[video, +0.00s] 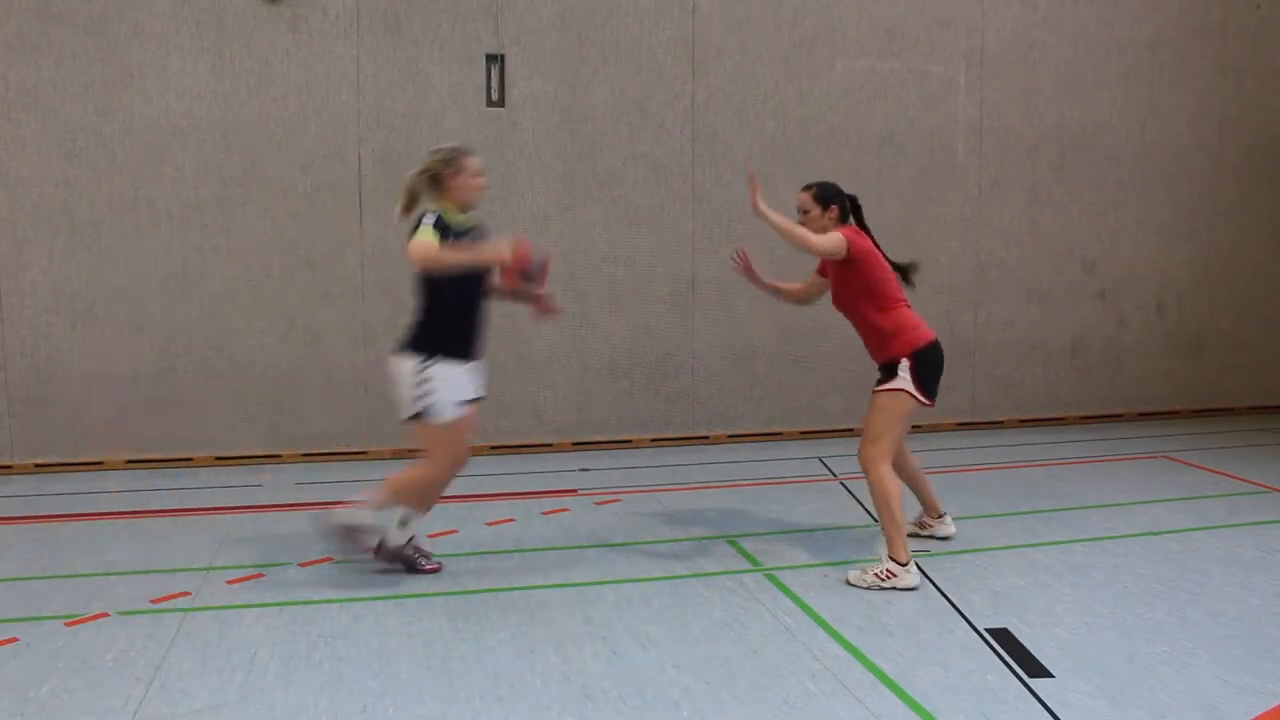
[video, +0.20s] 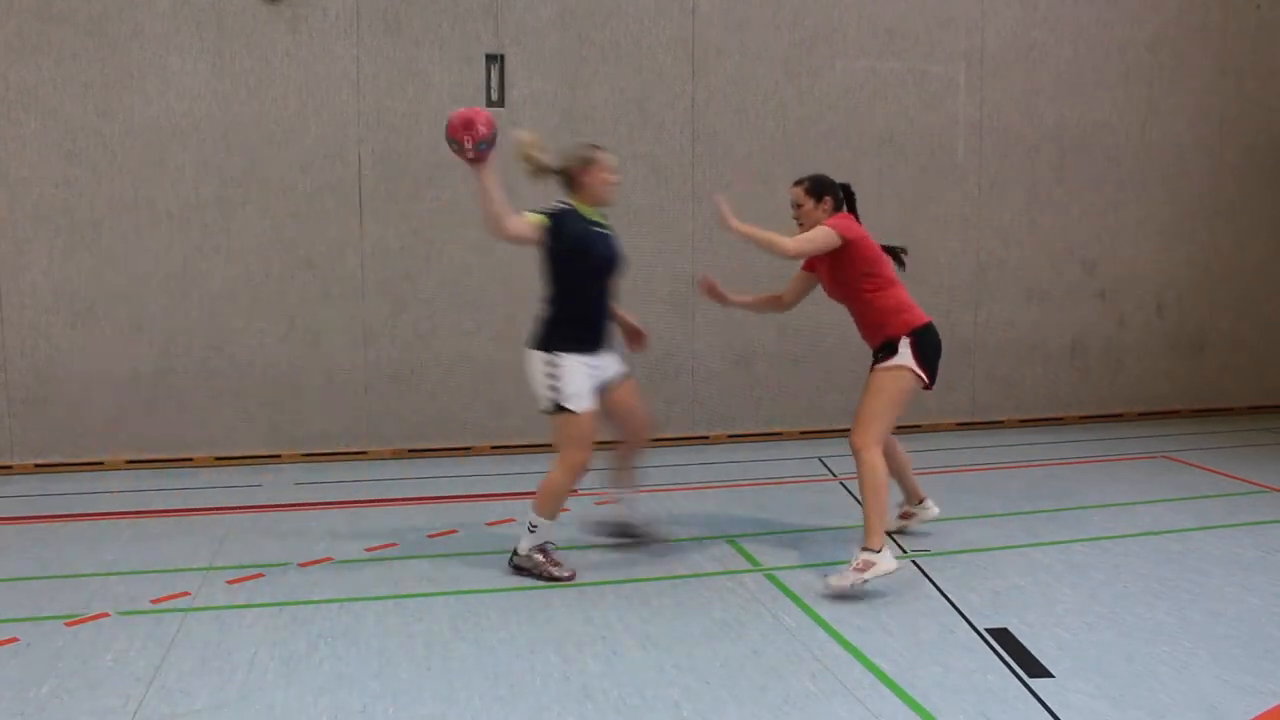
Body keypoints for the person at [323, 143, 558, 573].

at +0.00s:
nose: (482, 183)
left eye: (482, 175)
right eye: (474, 175)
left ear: (465, 182)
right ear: (447, 181)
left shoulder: (472, 230)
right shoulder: (433, 222)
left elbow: (477, 282)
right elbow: (421, 257)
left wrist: (525, 294)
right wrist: (494, 253)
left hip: (459, 360)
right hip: (428, 360)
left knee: (454, 455)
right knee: (445, 456)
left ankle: (398, 537)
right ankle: (361, 514)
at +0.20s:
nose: (615, 179)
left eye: (614, 172)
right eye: (606, 172)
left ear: (593, 179)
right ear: (582, 177)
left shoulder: (599, 222)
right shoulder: (560, 219)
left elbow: (588, 289)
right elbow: (507, 225)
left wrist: (623, 321)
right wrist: (484, 170)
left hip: (599, 352)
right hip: (561, 355)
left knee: (637, 427)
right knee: (575, 456)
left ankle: (618, 515)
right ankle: (530, 546)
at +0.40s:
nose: (719, 208)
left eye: (718, 200)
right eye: (712, 201)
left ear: (701, 207)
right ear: (687, 207)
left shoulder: (707, 246)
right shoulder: (678, 243)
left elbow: (704, 308)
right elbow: (657, 255)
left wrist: (729, 348)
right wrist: (626, 193)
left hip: (721, 369)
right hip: (685, 373)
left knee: (766, 440)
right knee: (677, 465)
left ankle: (751, 516)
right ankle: (596, 524)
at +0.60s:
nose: (779, 205)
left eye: (778, 197)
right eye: (772, 197)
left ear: (763, 204)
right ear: (753, 203)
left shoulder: (749, 250)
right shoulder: (748, 245)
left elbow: (725, 305)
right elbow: (751, 234)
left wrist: (753, 340)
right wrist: (737, 174)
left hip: (762, 366)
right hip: (744, 367)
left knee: (790, 445)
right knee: (727, 463)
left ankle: (752, 514)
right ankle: (639, 525)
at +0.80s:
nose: (794, 207)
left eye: (793, 198)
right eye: (786, 200)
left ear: (758, 204)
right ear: (760, 205)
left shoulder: (737, 246)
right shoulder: (759, 241)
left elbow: (724, 309)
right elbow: (805, 224)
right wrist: (810, 164)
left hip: (746, 366)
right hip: (760, 370)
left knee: (774, 449)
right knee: (773, 472)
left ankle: (750, 514)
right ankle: (685, 539)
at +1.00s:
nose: (766, 196)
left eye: (763, 187)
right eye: (758, 189)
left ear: (721, 199)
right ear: (731, 195)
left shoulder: (686, 246)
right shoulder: (744, 235)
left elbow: (663, 310)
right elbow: (821, 227)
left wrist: (686, 352)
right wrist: (838, 163)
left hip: (690, 381)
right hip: (731, 383)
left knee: (741, 458)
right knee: (734, 490)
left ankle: (742, 537)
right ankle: (676, 578)